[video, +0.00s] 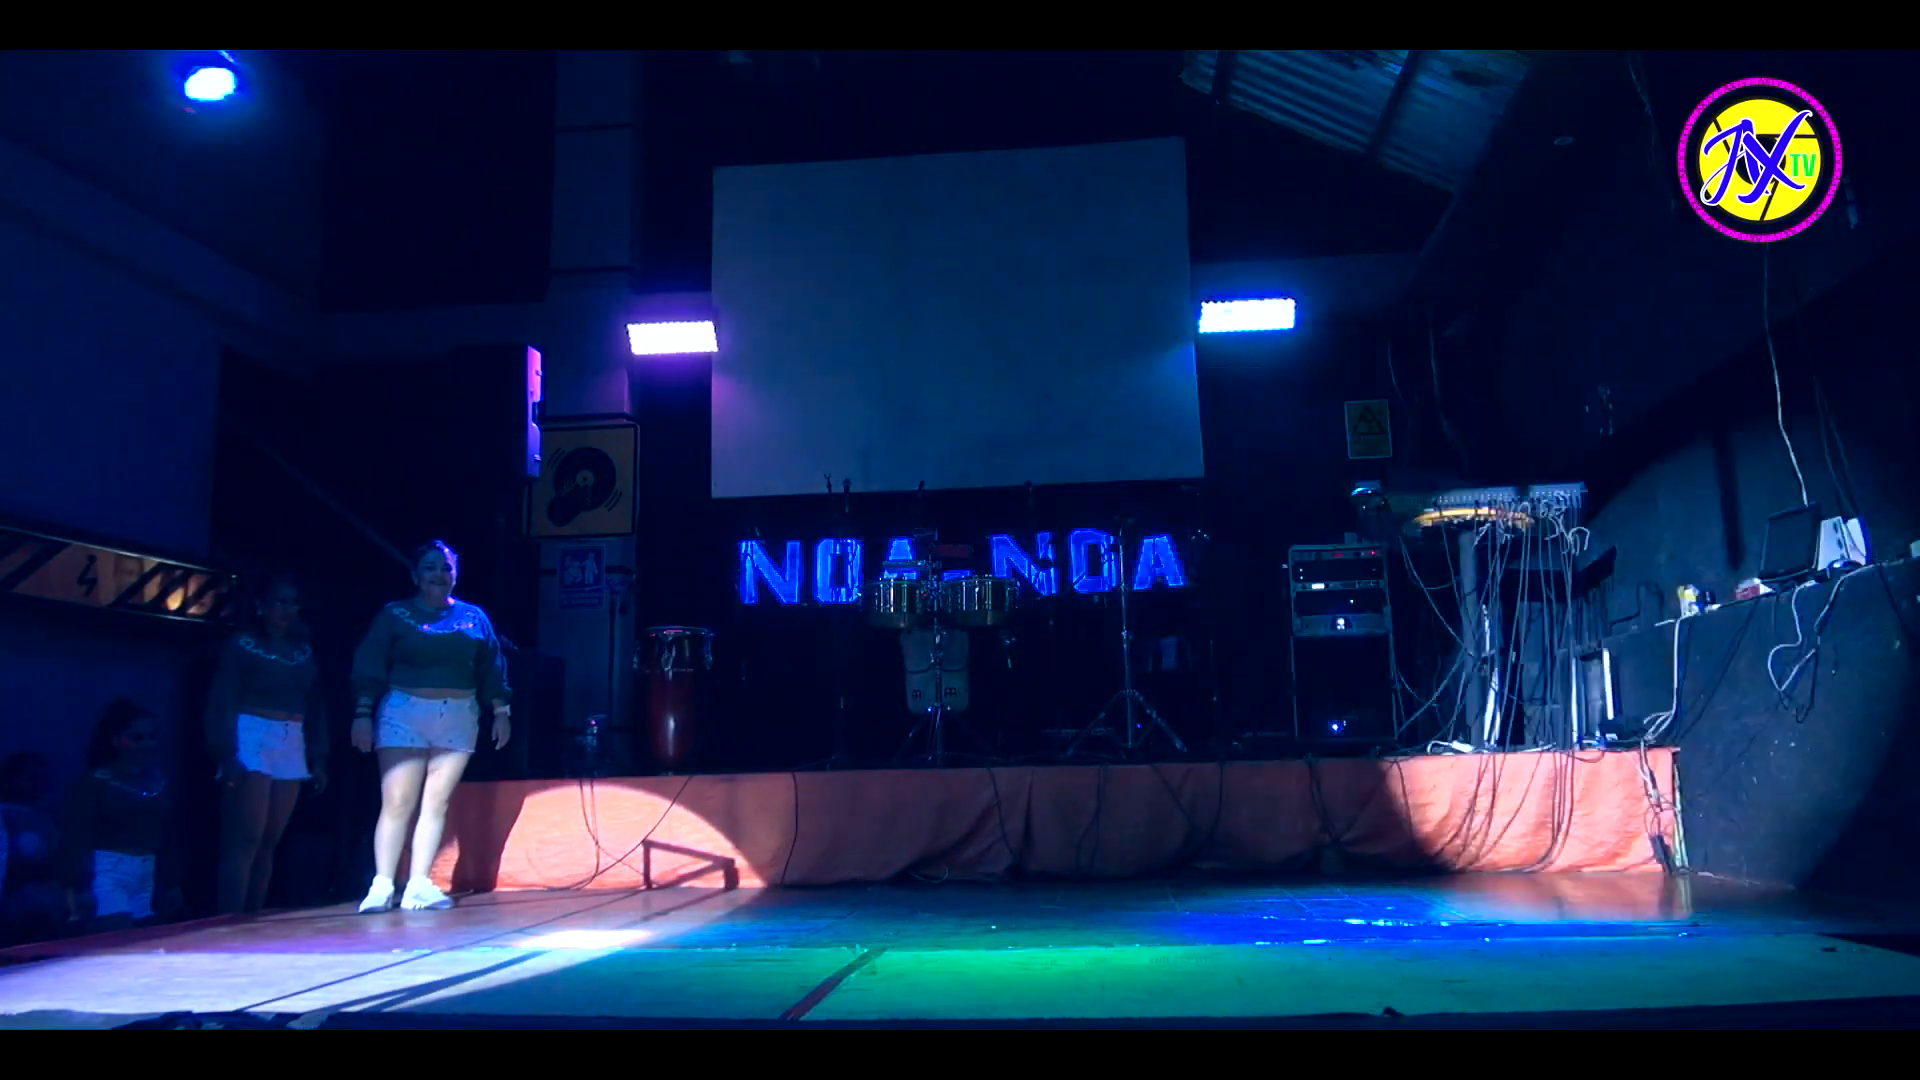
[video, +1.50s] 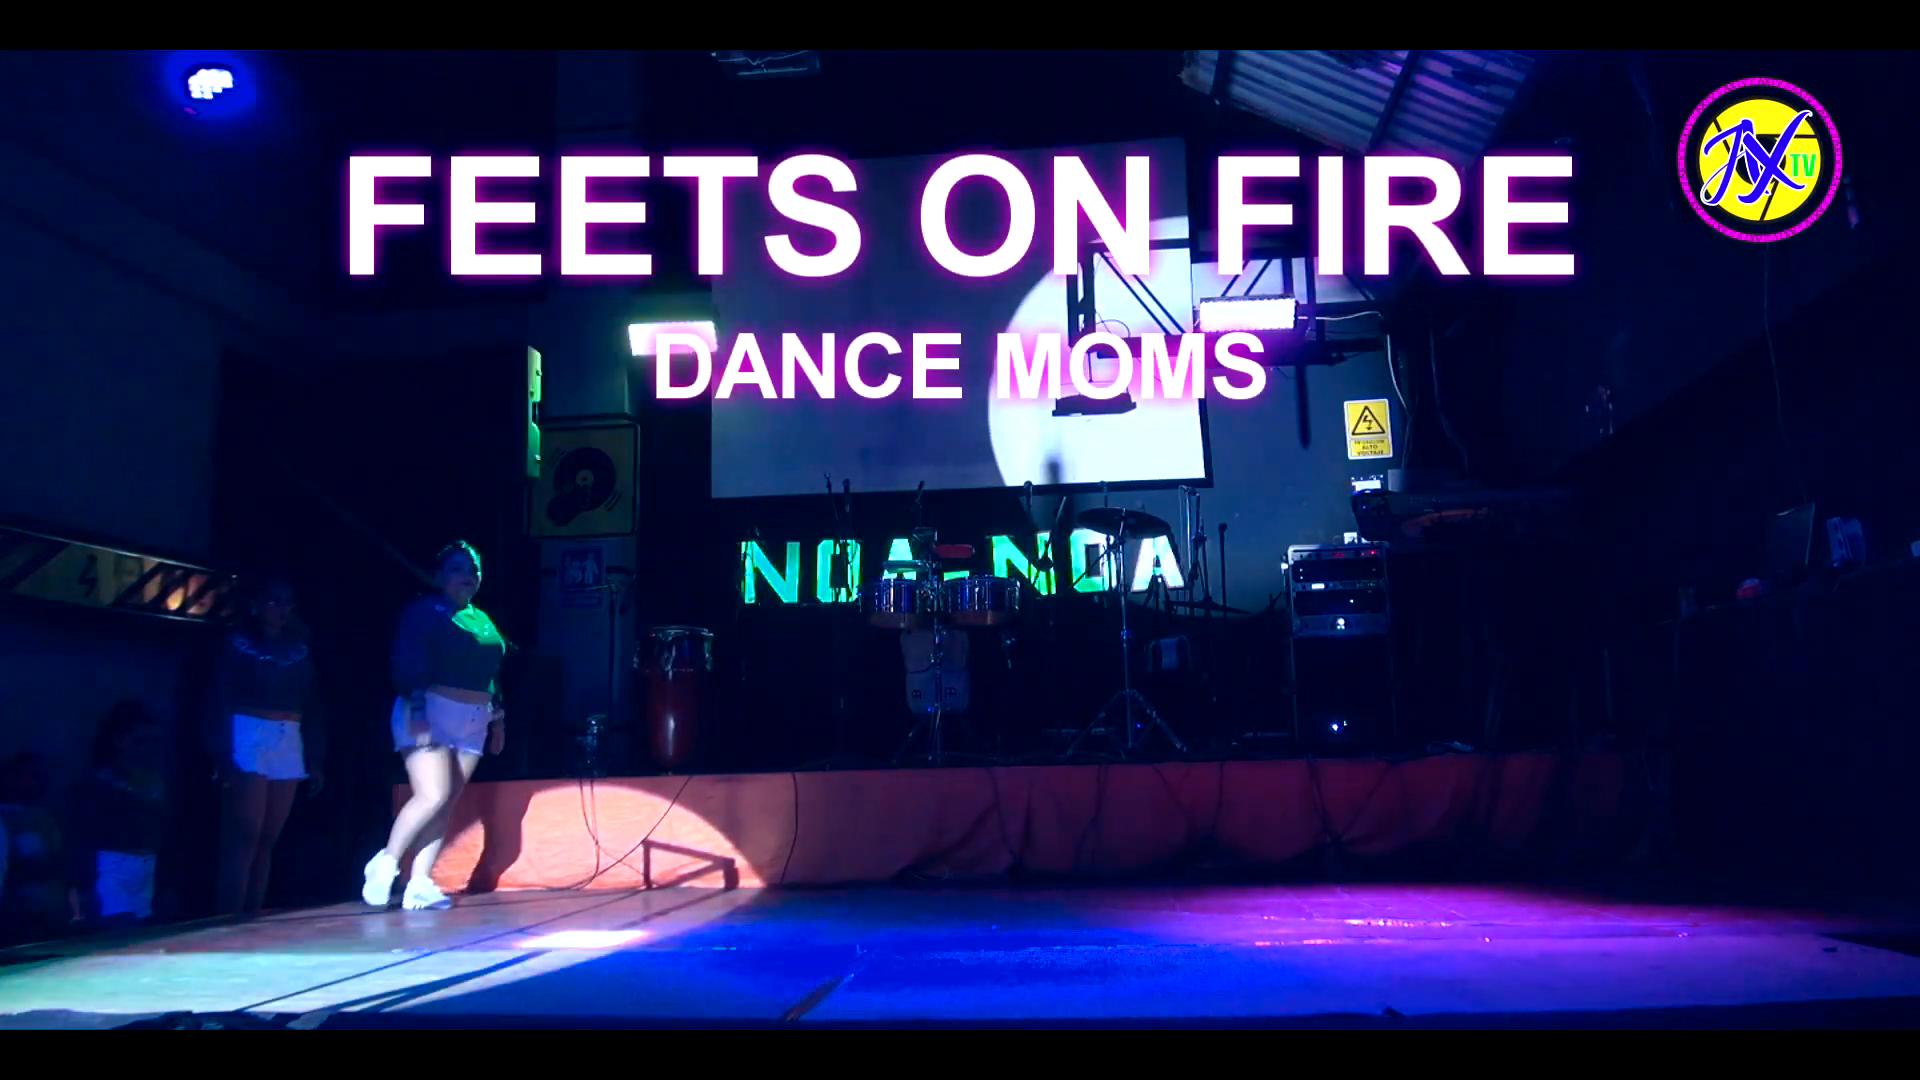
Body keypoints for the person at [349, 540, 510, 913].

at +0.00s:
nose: (438, 575)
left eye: (445, 569)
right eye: (430, 569)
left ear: (455, 575)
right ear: (417, 575)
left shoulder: (473, 618)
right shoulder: (396, 616)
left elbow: (492, 668)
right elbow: (370, 664)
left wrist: (501, 711)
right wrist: (363, 714)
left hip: (458, 716)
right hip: (403, 713)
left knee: (436, 803)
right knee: (397, 804)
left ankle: (418, 884)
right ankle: (383, 884)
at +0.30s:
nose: (437, 573)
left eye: (445, 568)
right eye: (430, 567)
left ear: (455, 575)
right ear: (417, 572)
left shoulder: (475, 616)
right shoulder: (396, 613)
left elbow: (495, 665)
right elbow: (369, 661)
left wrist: (503, 710)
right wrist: (359, 710)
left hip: (457, 715)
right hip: (402, 712)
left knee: (435, 802)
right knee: (396, 803)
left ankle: (418, 884)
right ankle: (383, 883)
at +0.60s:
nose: (440, 573)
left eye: (448, 568)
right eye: (432, 567)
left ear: (457, 575)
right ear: (419, 572)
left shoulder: (476, 617)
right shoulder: (398, 614)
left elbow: (496, 666)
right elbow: (371, 662)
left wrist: (506, 710)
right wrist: (361, 712)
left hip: (458, 715)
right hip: (404, 712)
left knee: (435, 803)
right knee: (396, 803)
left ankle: (419, 884)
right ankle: (383, 884)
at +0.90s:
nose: (448, 574)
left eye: (455, 568)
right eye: (440, 567)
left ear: (464, 575)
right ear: (425, 573)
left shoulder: (480, 617)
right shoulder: (405, 614)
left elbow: (495, 669)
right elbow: (381, 663)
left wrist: (505, 712)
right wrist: (376, 713)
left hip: (465, 714)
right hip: (412, 710)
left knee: (439, 804)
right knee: (401, 803)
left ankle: (419, 884)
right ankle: (384, 882)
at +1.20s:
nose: (460, 577)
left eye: (466, 571)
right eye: (452, 569)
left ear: (473, 577)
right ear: (437, 574)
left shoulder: (482, 621)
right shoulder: (417, 617)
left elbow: (493, 672)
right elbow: (397, 664)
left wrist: (500, 713)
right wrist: (420, 698)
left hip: (467, 717)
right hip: (417, 712)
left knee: (440, 805)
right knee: (404, 804)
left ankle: (419, 884)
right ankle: (384, 882)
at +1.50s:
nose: (466, 577)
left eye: (472, 571)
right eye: (458, 570)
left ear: (479, 577)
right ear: (442, 575)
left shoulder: (482, 620)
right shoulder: (426, 614)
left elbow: (488, 675)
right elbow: (409, 664)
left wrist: (496, 716)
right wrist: (417, 713)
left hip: (474, 717)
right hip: (429, 709)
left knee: (446, 801)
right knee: (432, 795)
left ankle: (420, 881)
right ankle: (386, 863)